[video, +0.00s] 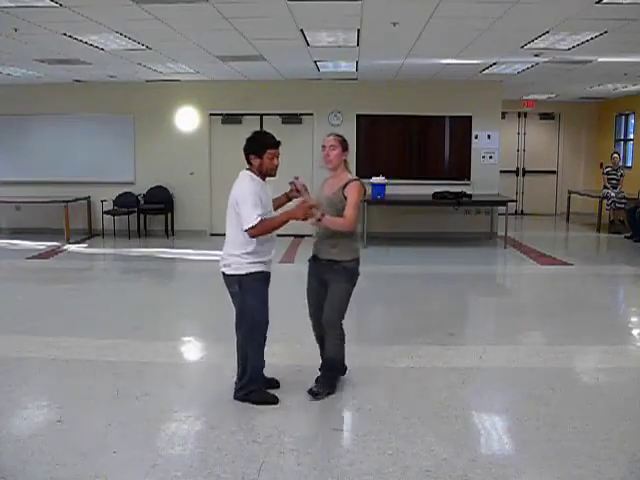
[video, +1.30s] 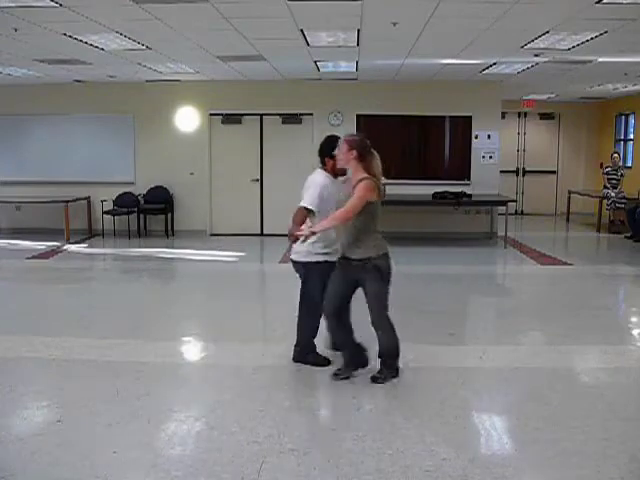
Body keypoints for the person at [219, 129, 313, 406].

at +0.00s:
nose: (277, 162)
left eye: (277, 156)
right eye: (272, 157)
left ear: (260, 160)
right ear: (255, 159)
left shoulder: (256, 182)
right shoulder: (247, 186)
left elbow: (265, 210)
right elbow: (254, 228)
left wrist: (289, 196)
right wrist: (292, 215)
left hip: (254, 268)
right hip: (245, 270)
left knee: (255, 326)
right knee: (252, 328)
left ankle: (254, 376)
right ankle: (247, 387)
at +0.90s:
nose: (290, 165)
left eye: (290, 160)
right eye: (285, 161)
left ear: (272, 164)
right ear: (270, 163)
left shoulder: (267, 185)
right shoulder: (265, 188)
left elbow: (286, 214)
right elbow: (264, 227)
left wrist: (315, 214)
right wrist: (299, 235)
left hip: (249, 258)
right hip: (258, 259)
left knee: (244, 304)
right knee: (284, 304)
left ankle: (232, 351)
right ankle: (262, 357)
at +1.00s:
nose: (304, 166)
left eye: (304, 161)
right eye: (300, 161)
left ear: (285, 165)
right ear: (285, 164)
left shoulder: (276, 183)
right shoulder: (279, 188)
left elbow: (287, 215)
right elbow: (274, 224)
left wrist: (314, 212)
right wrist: (303, 235)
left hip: (267, 259)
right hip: (275, 261)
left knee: (259, 303)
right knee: (299, 306)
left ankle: (236, 347)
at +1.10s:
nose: (318, 166)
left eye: (318, 161)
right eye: (315, 162)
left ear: (300, 164)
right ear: (300, 164)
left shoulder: (297, 184)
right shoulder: (293, 187)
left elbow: (298, 214)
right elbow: (287, 222)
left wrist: (320, 208)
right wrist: (309, 235)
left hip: (290, 256)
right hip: (293, 257)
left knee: (290, 296)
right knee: (311, 303)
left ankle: (253, 333)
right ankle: (306, 351)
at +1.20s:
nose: (334, 164)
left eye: (333, 159)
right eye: (329, 160)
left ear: (317, 163)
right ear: (314, 162)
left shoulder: (316, 182)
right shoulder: (305, 183)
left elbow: (315, 208)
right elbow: (298, 214)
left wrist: (331, 201)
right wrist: (304, 231)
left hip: (313, 254)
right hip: (301, 257)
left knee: (324, 293)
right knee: (315, 299)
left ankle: (288, 326)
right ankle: (306, 350)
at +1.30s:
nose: (344, 163)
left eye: (344, 158)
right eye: (340, 158)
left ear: (334, 160)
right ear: (328, 161)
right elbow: (303, 212)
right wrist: (293, 241)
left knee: (337, 300)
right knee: (311, 306)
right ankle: (304, 349)